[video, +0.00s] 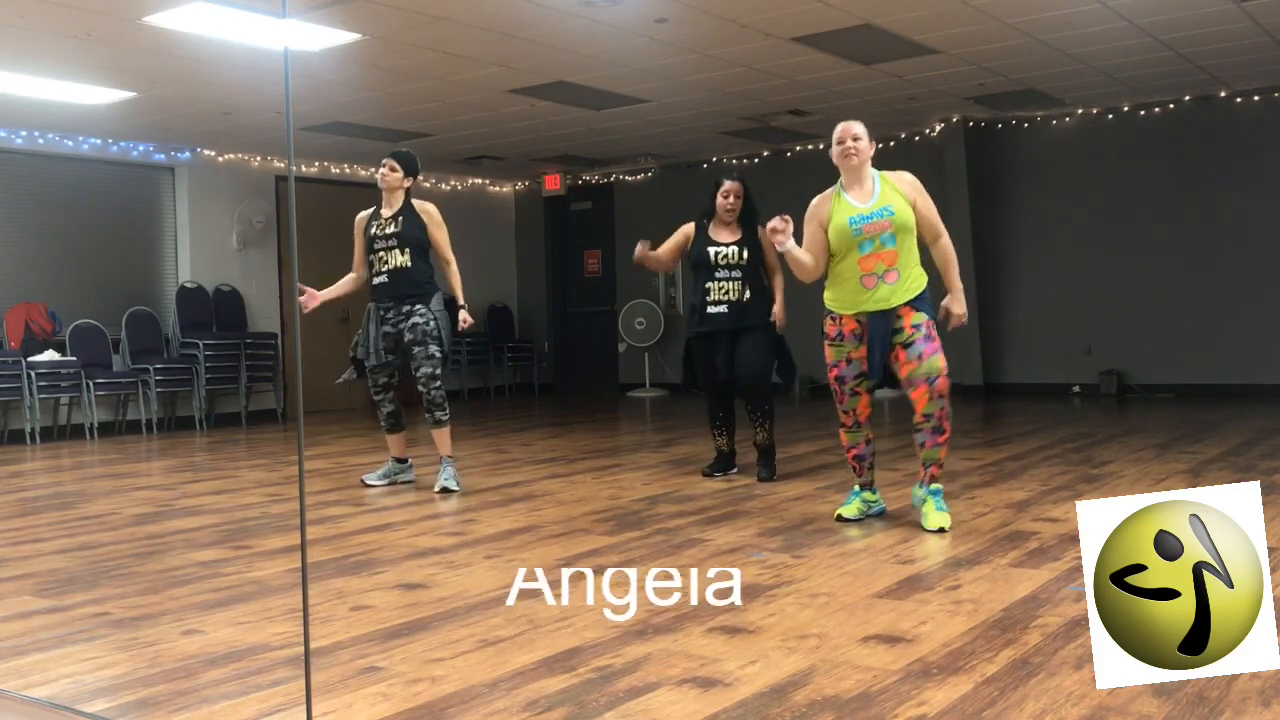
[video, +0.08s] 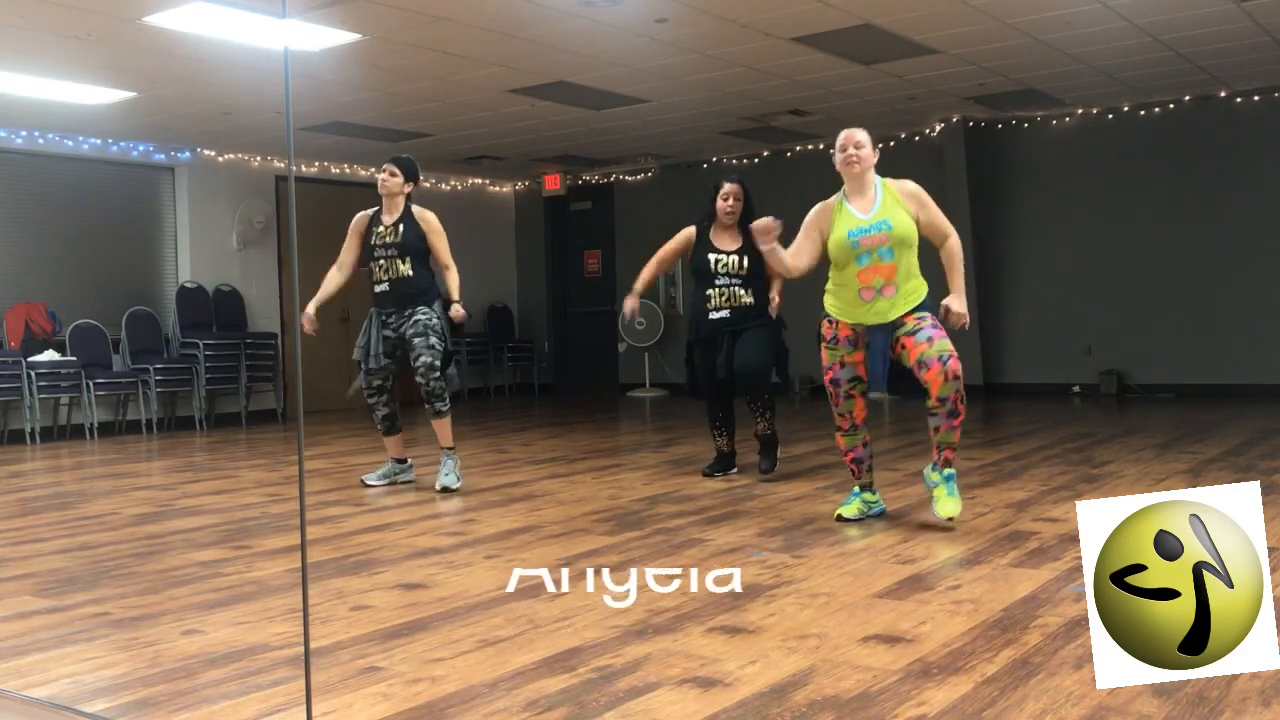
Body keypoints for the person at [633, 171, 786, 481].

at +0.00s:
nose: (730, 201)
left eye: (737, 196)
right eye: (725, 195)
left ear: (744, 202)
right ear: (714, 198)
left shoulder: (758, 232)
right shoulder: (694, 231)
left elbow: (775, 271)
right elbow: (664, 261)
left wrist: (779, 303)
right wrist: (645, 255)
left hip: (753, 328)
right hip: (709, 330)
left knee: (755, 387)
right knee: (716, 392)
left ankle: (766, 456)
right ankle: (725, 456)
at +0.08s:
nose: (731, 204)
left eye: (737, 199)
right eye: (725, 198)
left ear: (744, 204)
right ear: (715, 201)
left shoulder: (757, 235)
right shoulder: (695, 235)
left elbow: (776, 268)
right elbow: (659, 261)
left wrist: (775, 291)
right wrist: (636, 292)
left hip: (754, 328)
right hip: (710, 331)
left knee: (753, 380)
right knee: (716, 393)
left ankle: (767, 445)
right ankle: (725, 456)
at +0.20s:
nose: (725, 199)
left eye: (732, 194)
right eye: (720, 194)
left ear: (744, 199)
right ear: (713, 198)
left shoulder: (760, 234)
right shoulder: (697, 232)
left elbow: (778, 274)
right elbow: (672, 272)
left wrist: (770, 282)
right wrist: (656, 313)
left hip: (755, 325)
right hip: (711, 328)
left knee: (754, 381)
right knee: (718, 390)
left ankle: (771, 448)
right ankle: (725, 456)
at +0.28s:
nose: (722, 198)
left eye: (729, 193)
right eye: (718, 193)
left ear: (743, 198)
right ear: (712, 199)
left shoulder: (764, 236)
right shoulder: (699, 235)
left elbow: (782, 276)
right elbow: (690, 277)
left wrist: (772, 272)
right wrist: (689, 317)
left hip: (757, 330)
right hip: (715, 331)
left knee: (761, 392)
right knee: (720, 393)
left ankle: (774, 458)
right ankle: (725, 456)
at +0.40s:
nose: (721, 195)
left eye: (729, 190)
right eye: (718, 190)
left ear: (743, 195)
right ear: (713, 196)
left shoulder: (762, 230)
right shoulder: (706, 233)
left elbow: (788, 264)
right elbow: (710, 275)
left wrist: (773, 276)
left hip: (759, 329)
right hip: (717, 330)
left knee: (764, 392)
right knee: (717, 392)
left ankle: (775, 459)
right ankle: (724, 455)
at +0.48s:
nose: (722, 198)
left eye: (729, 194)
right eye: (718, 194)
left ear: (744, 200)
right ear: (714, 200)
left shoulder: (759, 229)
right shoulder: (716, 236)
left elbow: (788, 261)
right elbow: (726, 278)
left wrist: (781, 292)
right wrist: (719, 311)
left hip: (760, 325)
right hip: (723, 326)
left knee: (767, 389)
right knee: (702, 379)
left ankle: (775, 458)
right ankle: (717, 441)